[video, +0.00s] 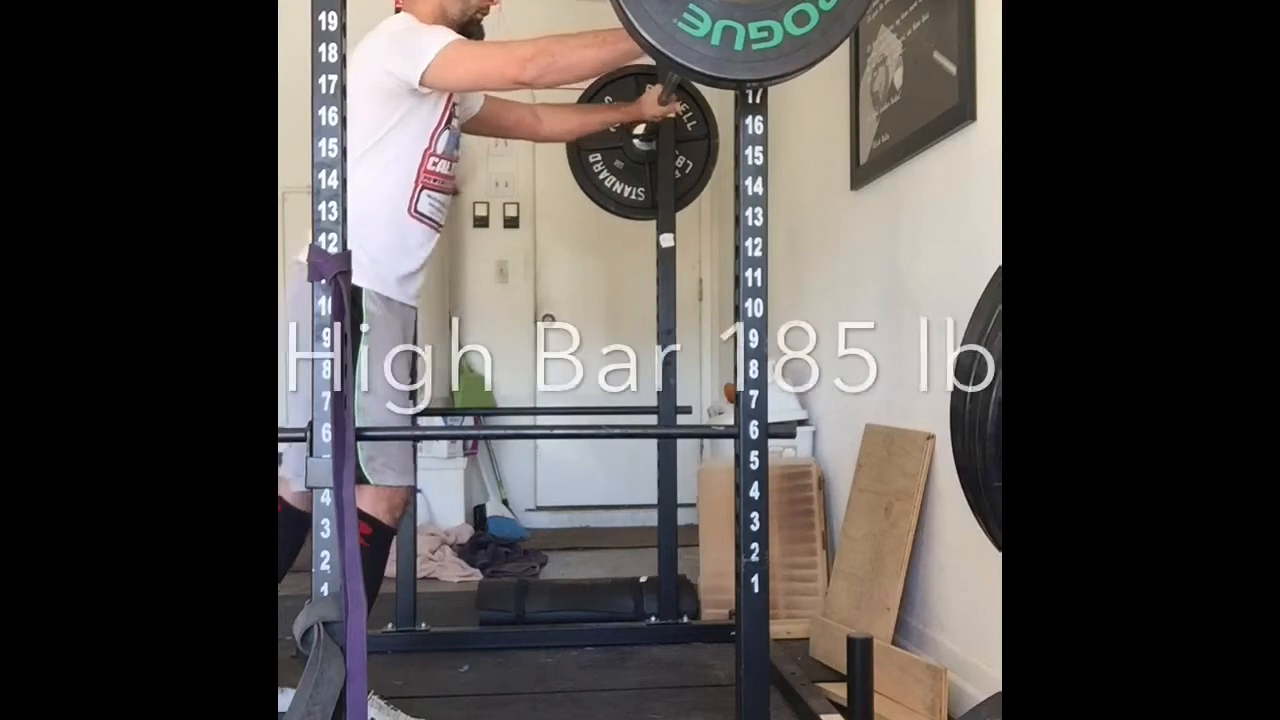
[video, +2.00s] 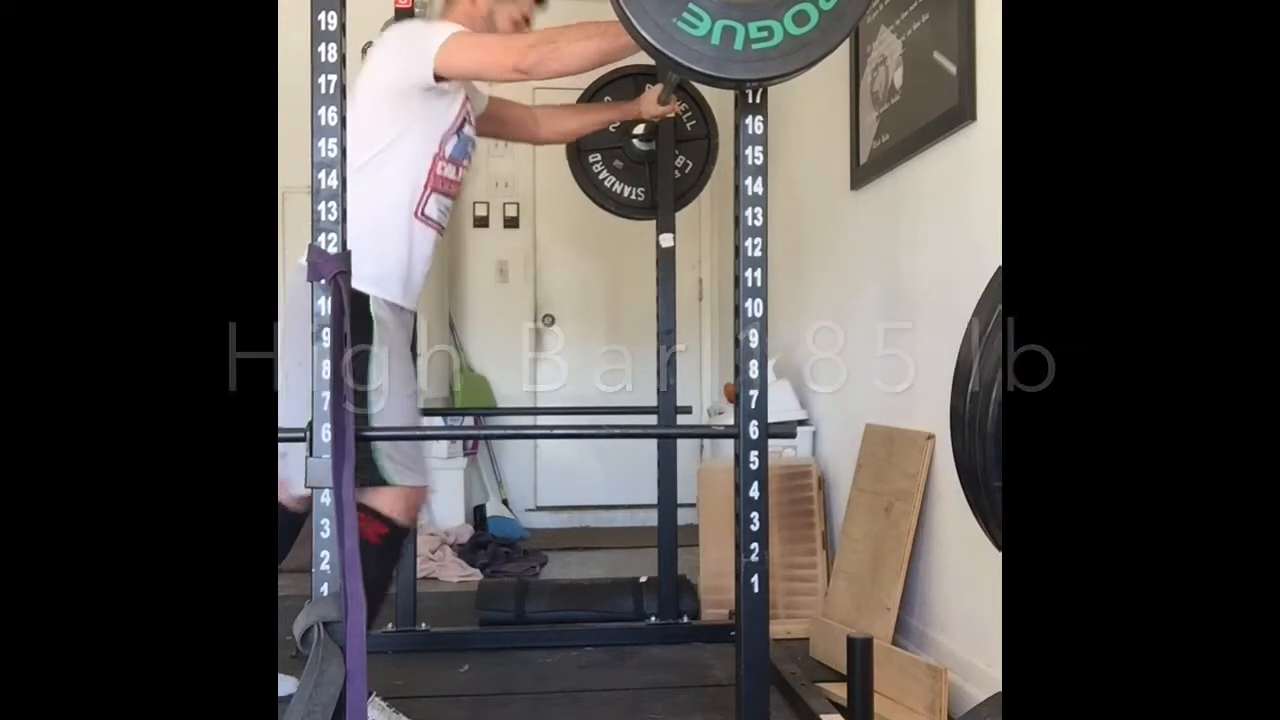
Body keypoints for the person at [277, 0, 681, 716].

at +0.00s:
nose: (492, 7)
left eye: (491, 2)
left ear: (420, 1)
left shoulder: (426, 73)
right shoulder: (400, 41)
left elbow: (529, 120)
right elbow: (528, 66)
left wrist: (637, 112)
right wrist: (655, 35)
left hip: (356, 300)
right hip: (360, 301)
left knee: (299, 485)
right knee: (384, 488)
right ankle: (332, 685)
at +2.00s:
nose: (527, 25)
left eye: (532, 16)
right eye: (524, 11)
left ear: (483, 15)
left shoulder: (454, 92)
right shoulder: (409, 44)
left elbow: (539, 124)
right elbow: (532, 58)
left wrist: (636, 110)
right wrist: (654, 28)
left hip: (373, 303)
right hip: (354, 299)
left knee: (295, 486)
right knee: (396, 492)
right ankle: (331, 683)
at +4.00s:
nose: (761, 41)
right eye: (752, 29)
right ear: (722, 24)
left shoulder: (702, 99)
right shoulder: (679, 77)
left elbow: (581, 176)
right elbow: (575, 128)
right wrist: (659, 48)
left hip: (627, 309)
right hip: (618, 311)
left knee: (671, 487)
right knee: (709, 492)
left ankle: (627, 650)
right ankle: (651, 694)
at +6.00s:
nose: (761, 45)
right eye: (752, 33)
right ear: (723, 27)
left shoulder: (697, 101)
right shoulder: (683, 81)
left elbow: (579, 177)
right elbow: (572, 131)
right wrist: (656, 53)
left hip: (627, 309)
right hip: (615, 310)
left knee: (671, 486)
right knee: (708, 492)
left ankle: (629, 654)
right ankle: (650, 694)